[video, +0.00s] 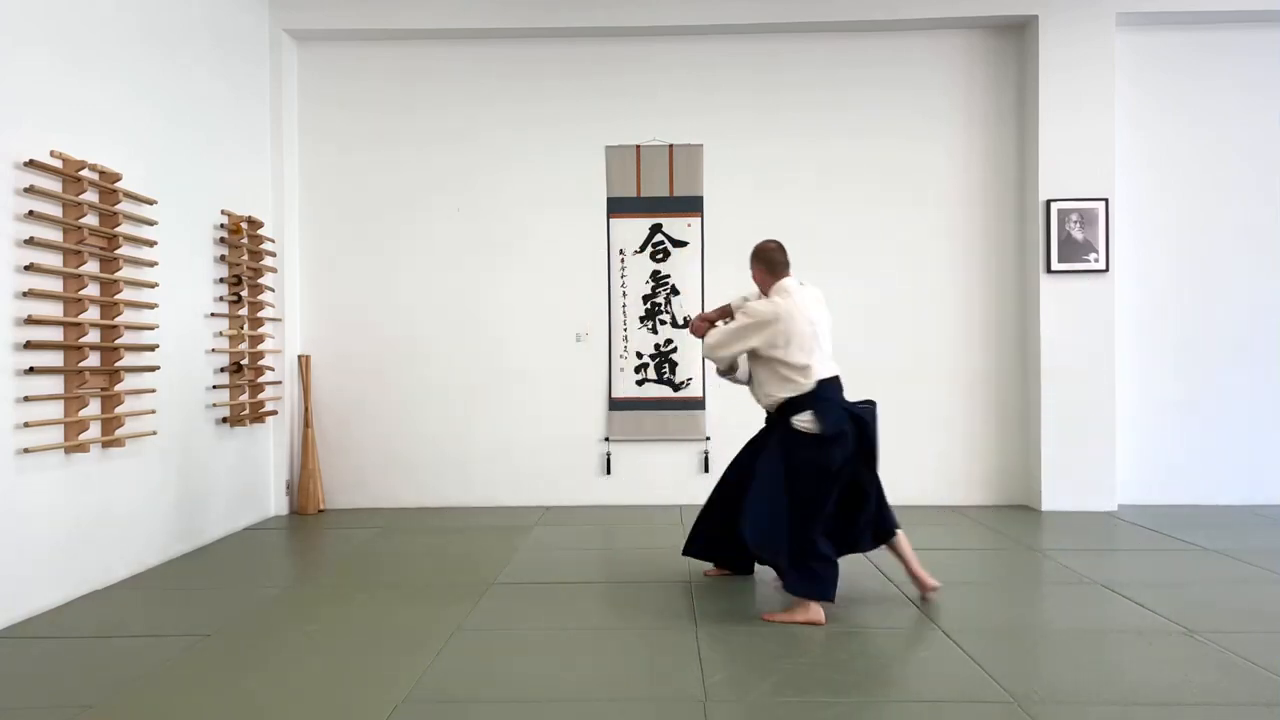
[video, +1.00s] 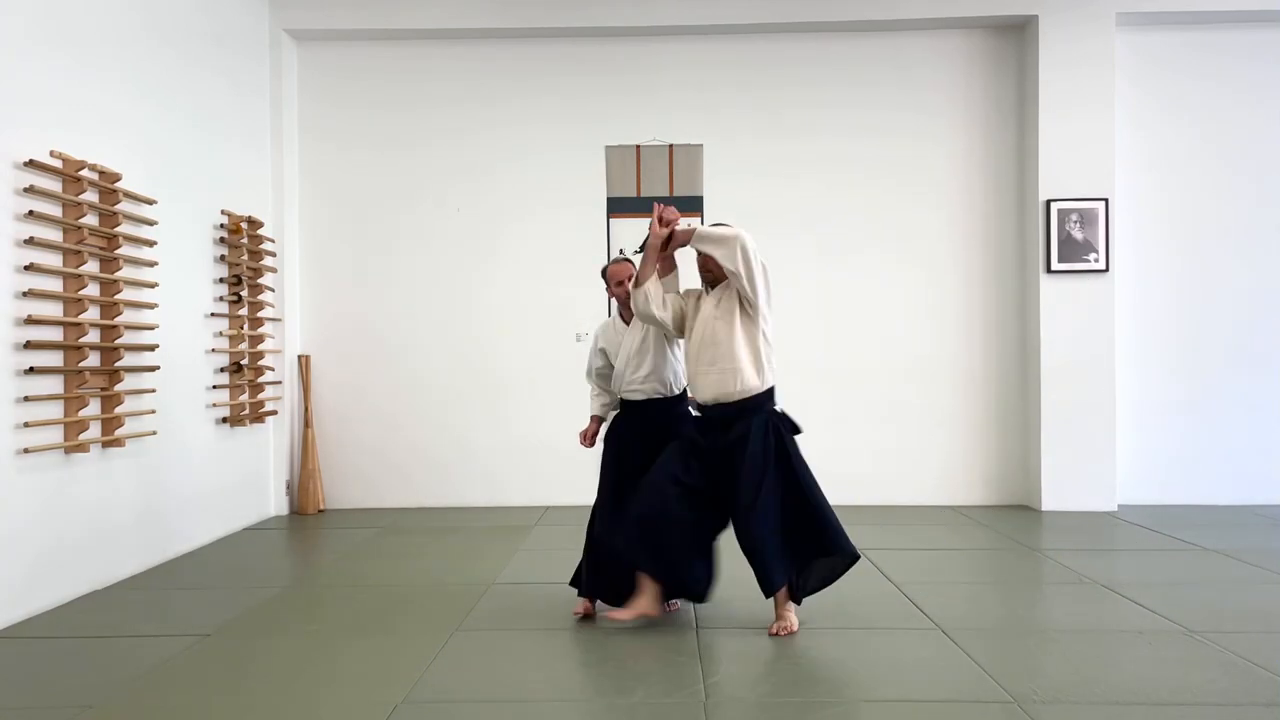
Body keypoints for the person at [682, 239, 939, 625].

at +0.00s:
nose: (753, 277)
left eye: (752, 271)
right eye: (755, 271)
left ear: (755, 273)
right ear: (789, 268)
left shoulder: (767, 311)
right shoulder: (810, 296)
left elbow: (715, 350)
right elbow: (758, 302)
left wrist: (752, 373)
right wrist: (717, 315)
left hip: (801, 422)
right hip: (835, 409)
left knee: (799, 511)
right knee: (864, 495)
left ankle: (809, 604)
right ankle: (919, 574)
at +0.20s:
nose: (808, 285)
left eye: (811, 278)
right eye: (808, 278)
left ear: (828, 277)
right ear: (836, 276)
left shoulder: (847, 316)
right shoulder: (838, 308)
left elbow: (814, 355)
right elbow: (794, 321)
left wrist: (766, 357)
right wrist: (768, 331)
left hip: (855, 436)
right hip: (870, 430)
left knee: (794, 506)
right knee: (901, 510)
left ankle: (810, 603)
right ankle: (964, 588)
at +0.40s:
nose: (815, 278)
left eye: (820, 271)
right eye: (816, 271)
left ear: (843, 271)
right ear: (845, 271)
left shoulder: (862, 305)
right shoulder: (842, 307)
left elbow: (827, 319)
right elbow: (790, 330)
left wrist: (769, 312)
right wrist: (737, 317)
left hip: (870, 426)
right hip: (864, 424)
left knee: (807, 497)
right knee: (906, 507)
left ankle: (808, 600)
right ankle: (962, 587)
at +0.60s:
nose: (787, 289)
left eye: (792, 281)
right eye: (786, 281)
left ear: (817, 279)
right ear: (816, 281)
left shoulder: (834, 313)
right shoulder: (811, 318)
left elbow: (791, 313)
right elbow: (764, 340)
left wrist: (736, 288)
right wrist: (722, 315)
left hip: (858, 434)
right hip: (847, 433)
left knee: (800, 496)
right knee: (897, 512)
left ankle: (788, 599)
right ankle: (961, 586)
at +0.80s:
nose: (740, 271)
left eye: (746, 265)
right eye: (738, 265)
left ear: (771, 266)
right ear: (757, 268)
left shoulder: (792, 297)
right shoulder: (741, 318)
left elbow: (749, 281)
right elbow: (706, 352)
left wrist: (700, 268)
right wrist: (676, 327)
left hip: (812, 424)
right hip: (781, 430)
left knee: (773, 507)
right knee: (823, 511)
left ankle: (787, 606)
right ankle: (893, 556)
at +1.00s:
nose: (704, 260)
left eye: (712, 252)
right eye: (700, 254)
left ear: (730, 256)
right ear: (697, 261)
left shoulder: (747, 297)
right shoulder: (690, 304)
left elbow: (739, 241)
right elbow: (644, 301)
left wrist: (684, 235)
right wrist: (652, 248)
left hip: (751, 419)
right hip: (704, 421)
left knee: (759, 515)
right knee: (656, 498)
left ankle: (784, 604)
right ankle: (648, 596)